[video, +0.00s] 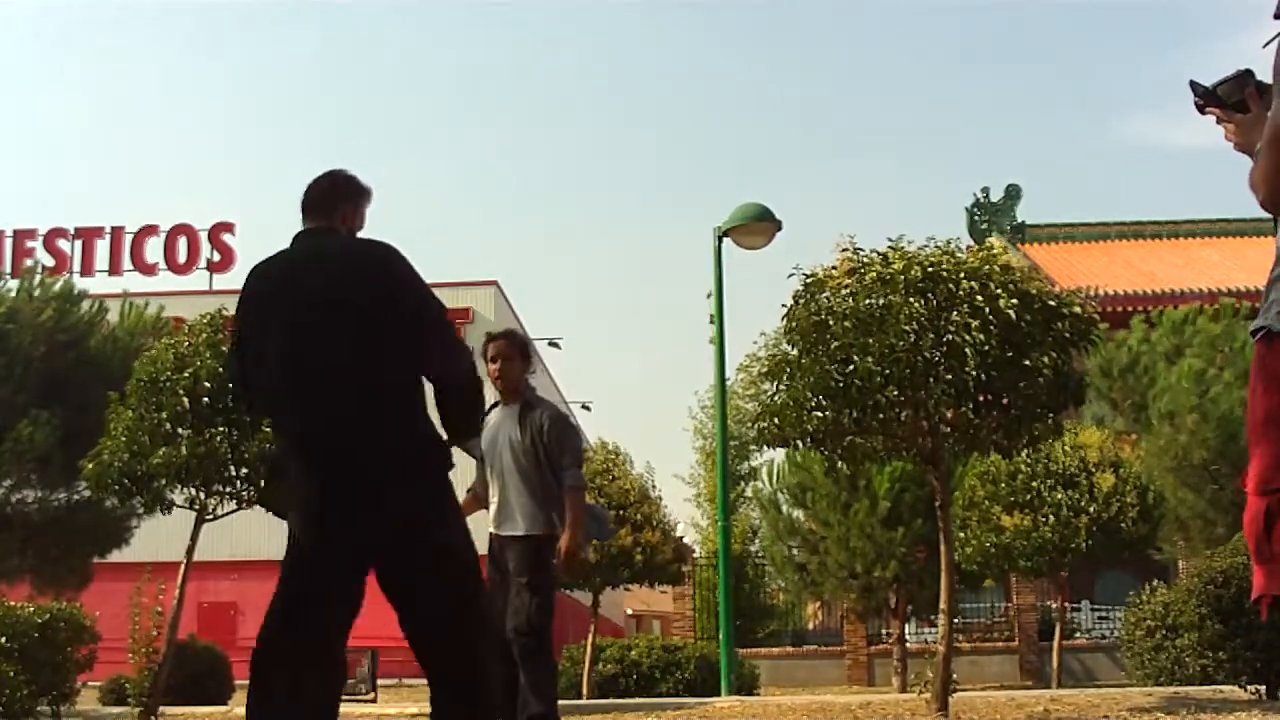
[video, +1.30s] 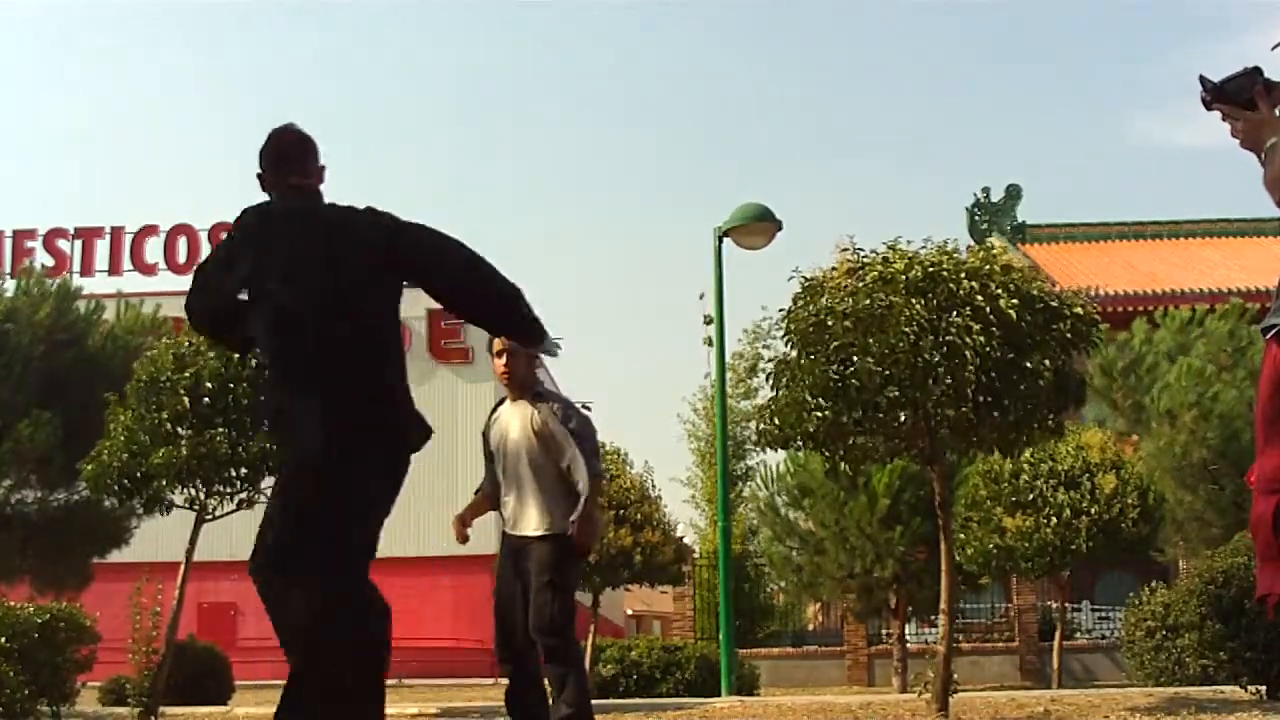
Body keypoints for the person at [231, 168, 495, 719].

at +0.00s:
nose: (362, 228)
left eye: (363, 220)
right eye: (362, 219)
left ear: (304, 213)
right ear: (349, 214)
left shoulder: (263, 279)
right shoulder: (380, 261)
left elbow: (249, 383)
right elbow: (453, 365)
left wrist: (301, 422)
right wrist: (460, 430)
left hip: (319, 486)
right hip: (405, 479)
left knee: (299, 643)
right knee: (459, 639)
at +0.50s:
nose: (426, 213)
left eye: (428, 202)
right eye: (425, 201)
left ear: (377, 187)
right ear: (407, 190)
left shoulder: (330, 250)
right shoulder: (392, 237)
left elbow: (305, 353)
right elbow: (402, 340)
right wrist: (449, 401)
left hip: (324, 448)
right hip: (380, 449)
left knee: (340, 597)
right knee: (396, 596)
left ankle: (314, 710)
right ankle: (417, 710)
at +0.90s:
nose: (414, 190)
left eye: (405, 181)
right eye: (417, 181)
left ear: (362, 177)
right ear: (415, 178)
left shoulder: (318, 238)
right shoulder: (426, 229)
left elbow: (313, 330)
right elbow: (481, 326)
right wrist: (540, 393)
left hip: (323, 437)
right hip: (413, 439)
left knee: (296, 581)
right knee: (441, 588)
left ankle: (277, 705)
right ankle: (443, 709)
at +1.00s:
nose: (389, 187)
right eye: (392, 179)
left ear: (337, 179)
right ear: (392, 178)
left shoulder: (296, 236)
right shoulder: (413, 233)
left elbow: (286, 334)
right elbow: (486, 316)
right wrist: (558, 377)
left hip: (307, 452)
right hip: (403, 451)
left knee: (290, 607)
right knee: (441, 609)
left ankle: (298, 716)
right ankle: (447, 713)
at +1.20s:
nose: (322, 176)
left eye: (297, 170)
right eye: (332, 165)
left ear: (283, 173)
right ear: (341, 167)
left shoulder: (261, 221)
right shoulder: (384, 224)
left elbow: (226, 308)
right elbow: (473, 283)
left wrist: (290, 335)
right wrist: (557, 338)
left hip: (289, 441)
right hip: (375, 435)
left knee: (295, 596)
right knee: (394, 573)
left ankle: (293, 707)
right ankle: (426, 652)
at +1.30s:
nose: (283, 186)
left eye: (269, 179)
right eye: (303, 170)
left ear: (263, 179)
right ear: (320, 173)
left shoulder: (256, 229)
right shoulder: (372, 227)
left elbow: (204, 305)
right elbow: (459, 269)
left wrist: (258, 327)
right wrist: (524, 327)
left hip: (315, 434)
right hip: (387, 429)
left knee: (276, 561)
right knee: (343, 570)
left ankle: (327, 699)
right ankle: (355, 705)